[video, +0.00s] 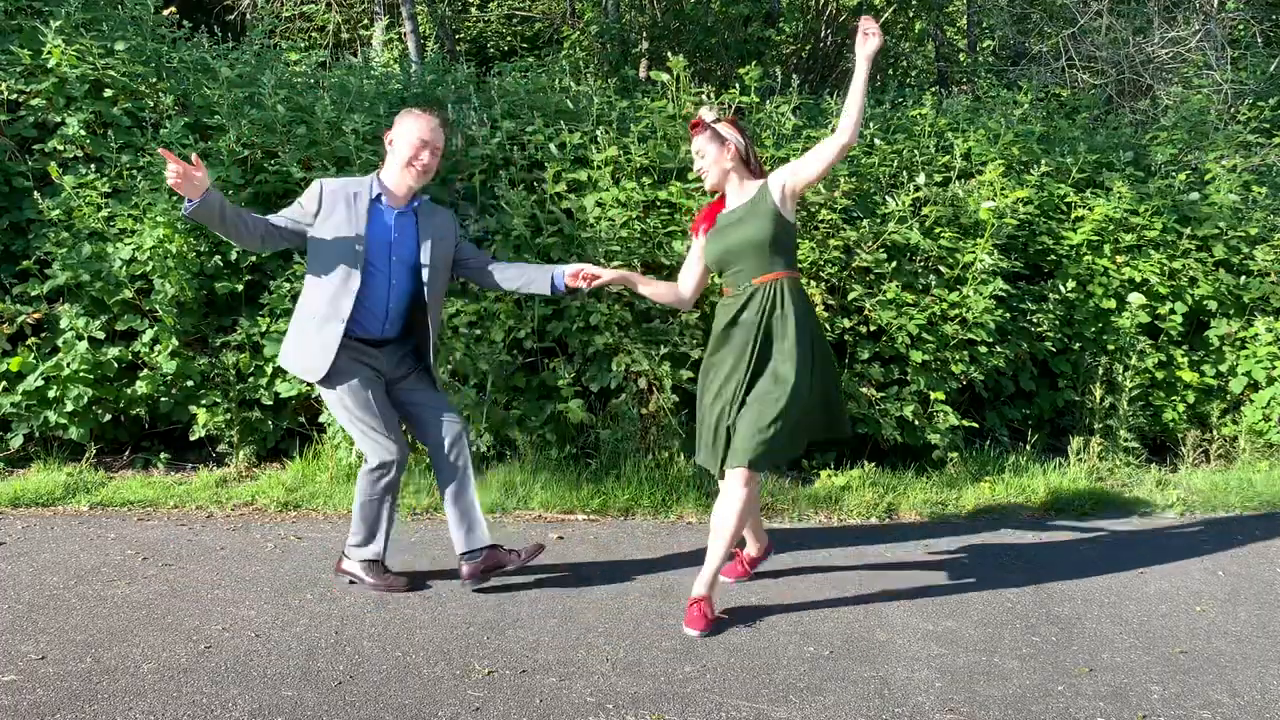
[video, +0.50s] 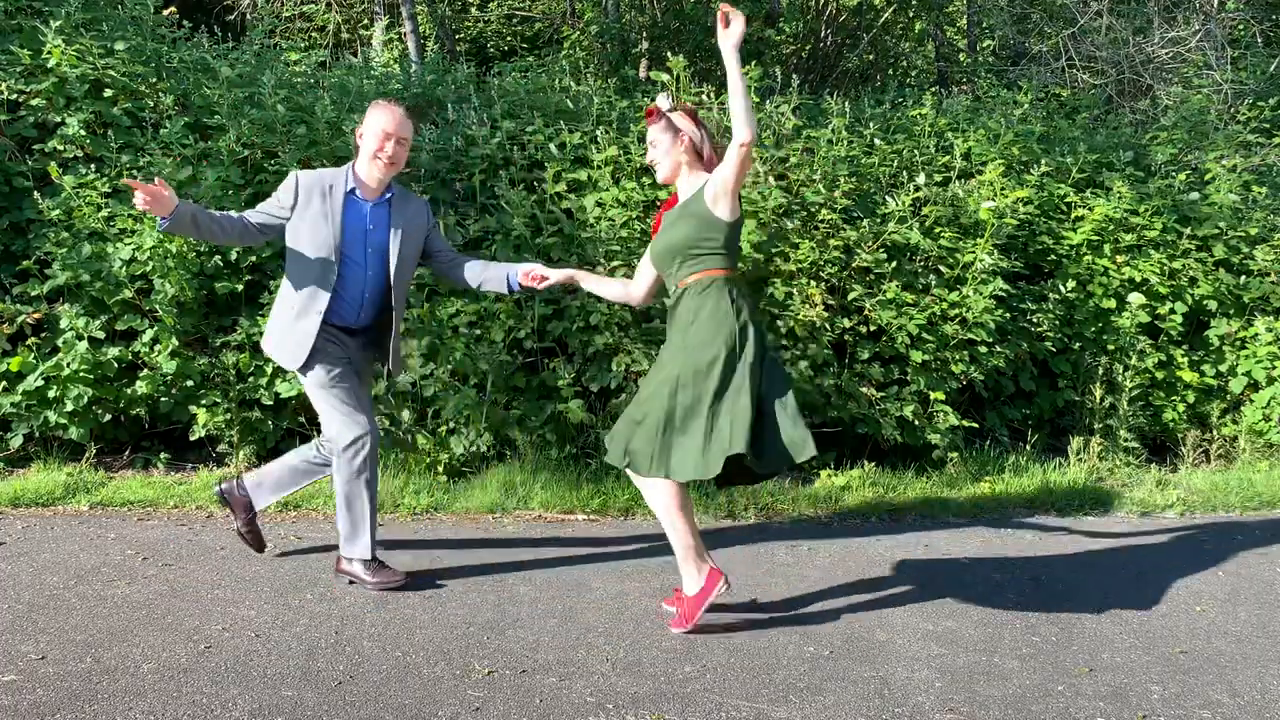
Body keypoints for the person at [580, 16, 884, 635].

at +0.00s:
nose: (695, 162)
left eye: (701, 151)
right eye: (693, 155)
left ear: (732, 146)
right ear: (718, 153)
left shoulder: (779, 185)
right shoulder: (707, 224)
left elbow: (843, 137)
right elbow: (682, 294)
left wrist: (863, 62)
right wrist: (623, 277)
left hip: (782, 327)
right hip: (730, 334)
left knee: (745, 461)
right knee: (723, 454)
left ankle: (701, 589)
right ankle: (757, 539)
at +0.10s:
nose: (696, 161)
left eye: (703, 149)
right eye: (690, 154)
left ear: (732, 144)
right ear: (697, 161)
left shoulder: (767, 185)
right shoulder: (707, 224)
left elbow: (817, 123)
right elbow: (672, 292)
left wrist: (827, 37)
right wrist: (608, 269)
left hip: (776, 323)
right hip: (731, 332)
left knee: (732, 451)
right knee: (691, 452)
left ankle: (711, 589)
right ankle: (749, 539)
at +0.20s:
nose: (693, 167)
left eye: (699, 155)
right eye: (687, 160)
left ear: (730, 149)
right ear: (694, 167)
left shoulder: (757, 190)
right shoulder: (704, 229)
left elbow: (795, 127)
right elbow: (667, 296)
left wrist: (796, 45)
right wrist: (602, 273)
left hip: (764, 328)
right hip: (730, 337)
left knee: (701, 448)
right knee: (672, 442)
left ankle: (722, 586)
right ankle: (722, 560)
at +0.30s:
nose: (683, 167)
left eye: (690, 155)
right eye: (678, 160)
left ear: (720, 151)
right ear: (684, 167)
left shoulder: (747, 195)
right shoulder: (698, 232)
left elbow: (780, 136)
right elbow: (656, 299)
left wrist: (776, 56)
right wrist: (591, 278)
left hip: (741, 317)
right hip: (711, 326)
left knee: (696, 453)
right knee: (666, 444)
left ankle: (716, 588)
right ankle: (691, 566)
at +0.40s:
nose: (667, 165)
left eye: (673, 154)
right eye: (665, 158)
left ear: (705, 149)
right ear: (686, 158)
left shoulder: (731, 192)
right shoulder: (687, 230)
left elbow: (765, 145)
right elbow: (647, 296)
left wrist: (758, 60)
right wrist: (585, 279)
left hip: (725, 318)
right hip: (704, 323)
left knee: (656, 444)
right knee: (684, 453)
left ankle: (711, 587)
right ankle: (703, 577)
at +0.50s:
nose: (646, 155)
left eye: (652, 142)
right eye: (645, 145)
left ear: (685, 138)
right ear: (672, 144)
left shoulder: (718, 184)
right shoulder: (671, 218)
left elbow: (745, 137)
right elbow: (636, 292)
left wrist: (730, 53)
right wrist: (568, 275)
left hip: (716, 317)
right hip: (687, 324)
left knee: (640, 443)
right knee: (651, 446)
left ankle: (696, 572)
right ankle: (694, 574)